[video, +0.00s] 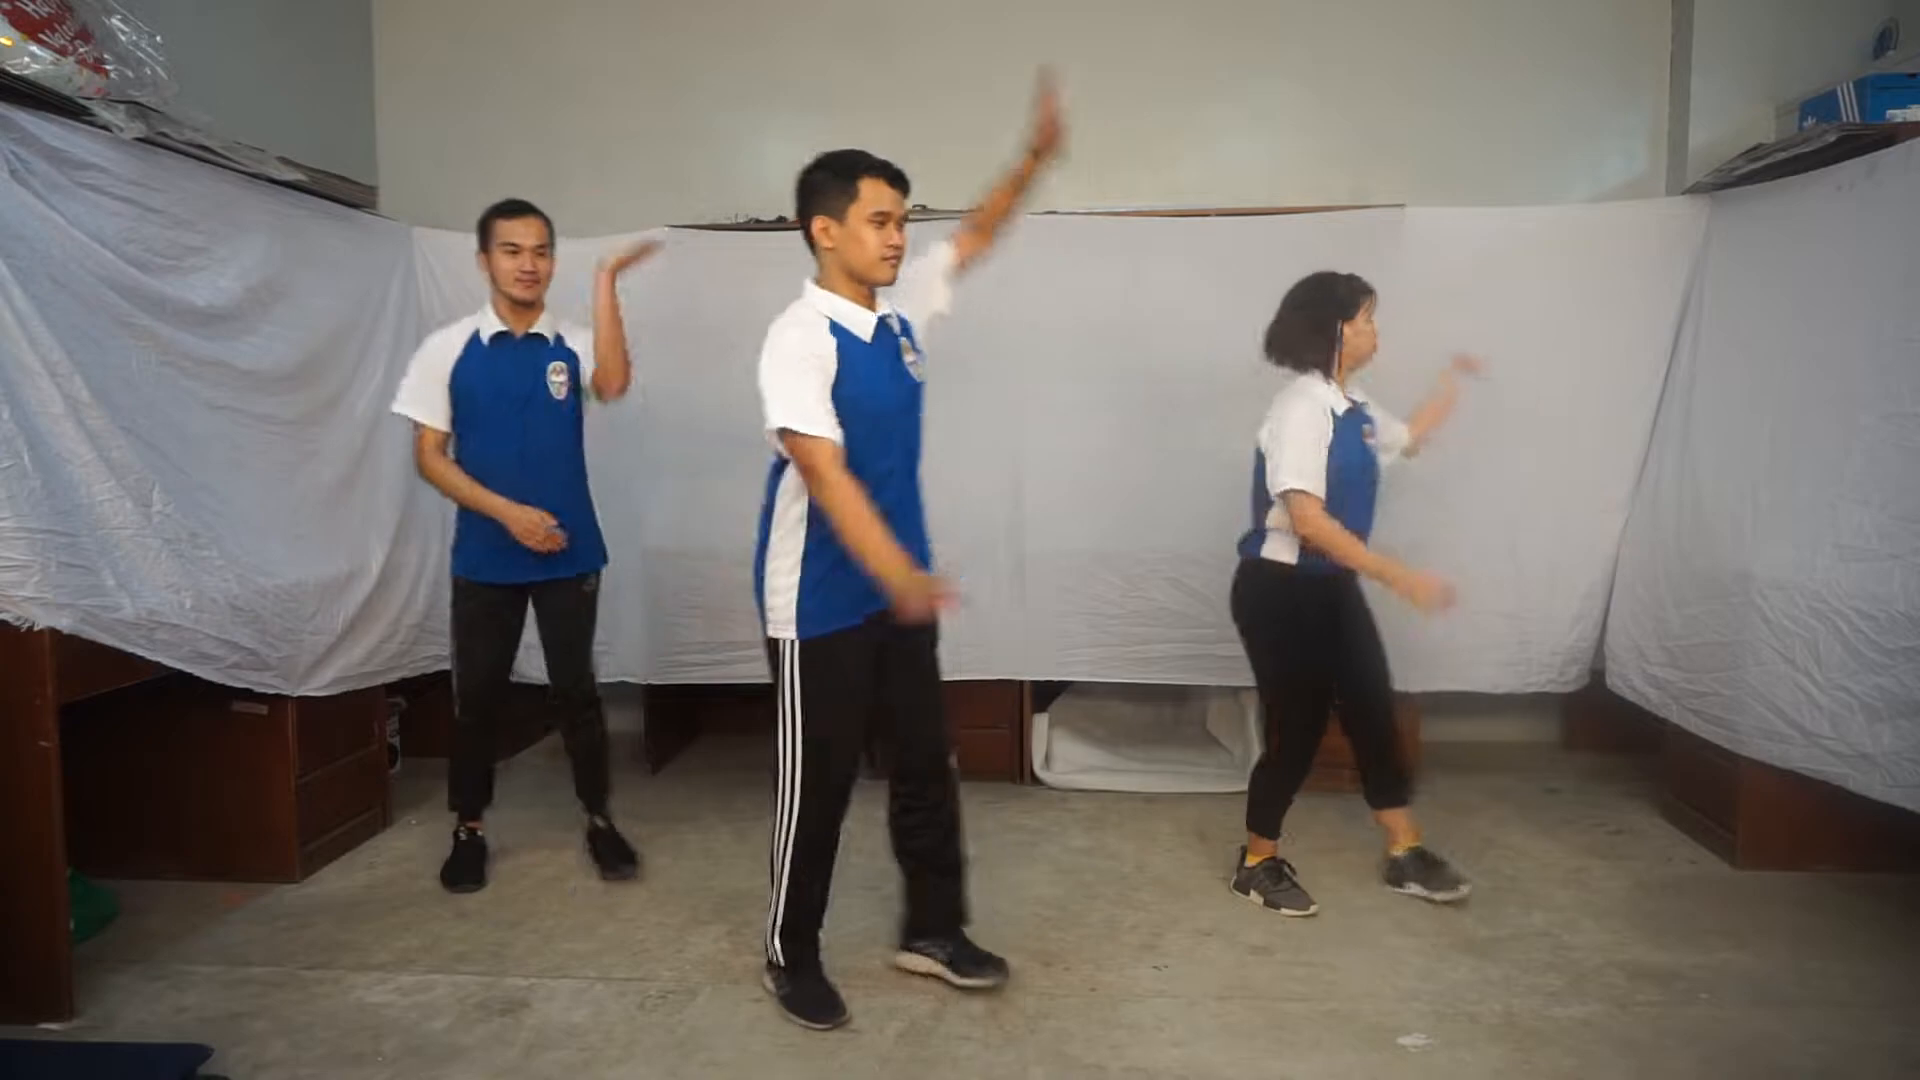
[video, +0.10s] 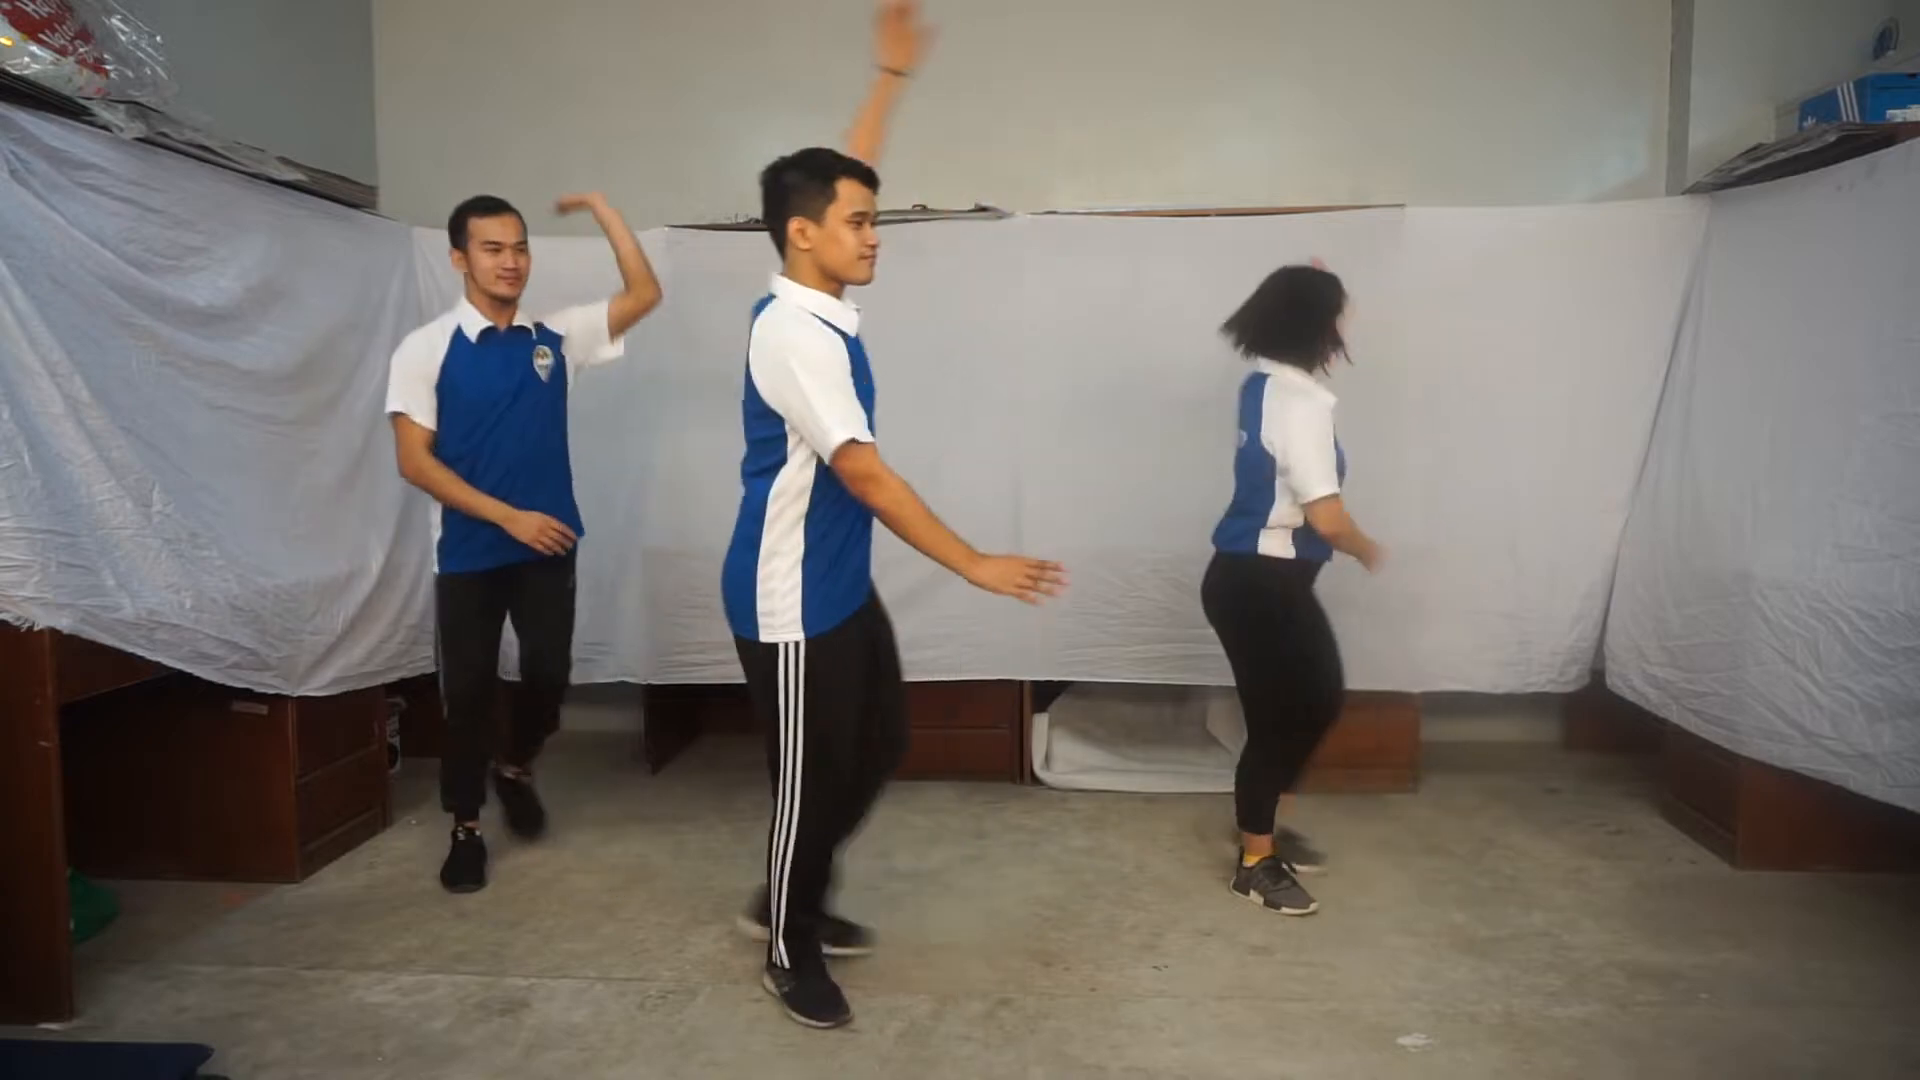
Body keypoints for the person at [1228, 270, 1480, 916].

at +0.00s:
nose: (1377, 332)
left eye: (1374, 320)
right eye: (1369, 320)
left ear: (1337, 329)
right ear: (1338, 329)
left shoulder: (1351, 403)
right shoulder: (1301, 403)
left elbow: (1407, 439)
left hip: (1333, 583)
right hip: (1280, 586)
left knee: (1372, 709)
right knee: (1295, 728)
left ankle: (1404, 850)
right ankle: (1259, 859)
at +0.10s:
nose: (1341, 337)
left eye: (1342, 324)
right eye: (1336, 325)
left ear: (1274, 319)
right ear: (1316, 327)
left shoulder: (1261, 383)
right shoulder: (1303, 401)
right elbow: (1324, 514)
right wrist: (1365, 548)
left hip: (1251, 571)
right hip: (1262, 581)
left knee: (1317, 699)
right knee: (1279, 713)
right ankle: (1254, 859)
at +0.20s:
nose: (1315, 334)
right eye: (1311, 323)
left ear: (1243, 324)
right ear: (1302, 331)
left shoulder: (1222, 387)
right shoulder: (1293, 403)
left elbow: (1239, 328)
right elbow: (1325, 516)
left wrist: (1262, 273)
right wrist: (1292, 498)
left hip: (1208, 570)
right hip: (1252, 582)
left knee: (1241, 702)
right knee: (1274, 714)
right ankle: (1255, 859)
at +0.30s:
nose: (1293, 334)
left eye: (1285, 320)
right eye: (1289, 323)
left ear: (1219, 329)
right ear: (1280, 334)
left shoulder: (1189, 386)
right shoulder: (1282, 410)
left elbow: (1177, 310)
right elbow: (1311, 513)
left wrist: (1188, 244)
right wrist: (1264, 506)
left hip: (1175, 574)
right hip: (1228, 587)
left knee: (1167, 693)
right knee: (1278, 717)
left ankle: (1085, 811)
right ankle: (1257, 859)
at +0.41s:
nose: (1269, 346)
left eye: (1258, 334)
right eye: (1266, 337)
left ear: (1196, 338)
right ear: (1258, 347)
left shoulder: (1168, 392)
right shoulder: (1266, 425)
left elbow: (1162, 307)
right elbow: (1288, 516)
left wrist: (1145, 234)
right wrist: (1237, 507)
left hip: (1142, 577)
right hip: (1201, 596)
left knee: (1122, 692)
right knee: (1277, 717)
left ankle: (1064, 820)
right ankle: (1257, 860)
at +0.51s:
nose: (1253, 360)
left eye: (1244, 346)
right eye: (1249, 349)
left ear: (1181, 345)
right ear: (1240, 360)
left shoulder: (1149, 399)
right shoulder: (1252, 437)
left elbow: (1148, 312)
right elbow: (1273, 521)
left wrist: (1140, 234)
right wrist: (1217, 511)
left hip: (1122, 583)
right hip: (1184, 603)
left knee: (1102, 703)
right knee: (1272, 714)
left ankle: (1056, 834)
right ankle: (1258, 860)